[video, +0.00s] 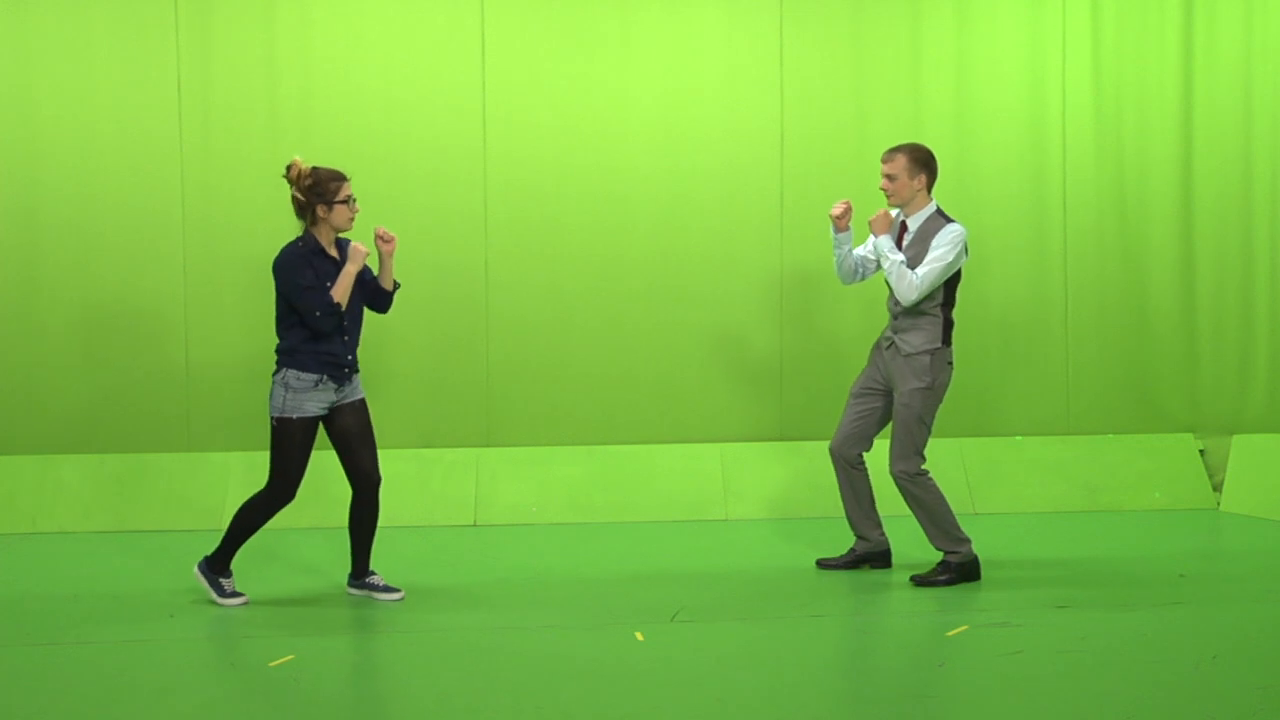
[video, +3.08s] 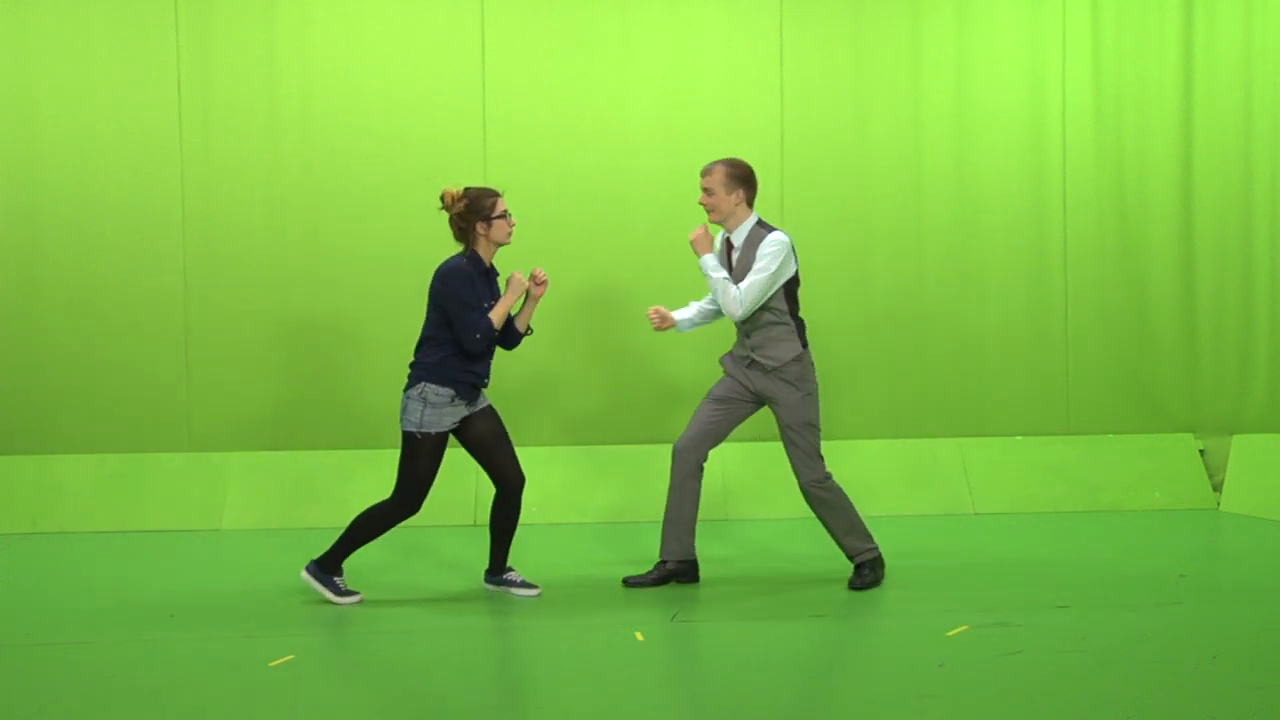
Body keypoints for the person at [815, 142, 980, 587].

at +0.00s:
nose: (884, 186)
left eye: (891, 178)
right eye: (883, 178)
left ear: (921, 181)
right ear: (899, 184)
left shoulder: (951, 235)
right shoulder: (894, 228)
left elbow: (910, 291)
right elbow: (848, 273)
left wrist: (883, 240)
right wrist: (842, 232)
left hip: (924, 361)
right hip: (887, 354)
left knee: (905, 465)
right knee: (845, 448)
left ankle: (961, 557)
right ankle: (871, 546)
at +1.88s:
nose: (855, 198)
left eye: (862, 190)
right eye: (854, 190)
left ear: (893, 193)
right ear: (882, 194)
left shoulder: (921, 248)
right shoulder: (868, 239)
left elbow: (881, 305)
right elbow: (833, 287)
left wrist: (851, 255)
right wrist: (818, 258)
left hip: (909, 370)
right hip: (871, 365)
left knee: (890, 475)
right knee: (808, 443)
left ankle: (957, 557)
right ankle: (805, 550)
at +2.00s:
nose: (834, 192)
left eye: (840, 184)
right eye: (833, 183)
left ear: (870, 187)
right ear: (860, 188)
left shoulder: (896, 242)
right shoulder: (844, 229)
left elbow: (848, 288)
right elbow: (803, 271)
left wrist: (822, 238)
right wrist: (791, 237)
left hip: (876, 368)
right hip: (836, 362)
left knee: (883, 473)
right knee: (776, 442)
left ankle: (954, 552)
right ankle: (739, 547)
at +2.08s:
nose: (811, 189)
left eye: (818, 181)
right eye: (811, 180)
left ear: (848, 184)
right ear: (838, 185)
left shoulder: (874, 237)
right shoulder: (821, 226)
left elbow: (828, 283)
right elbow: (778, 268)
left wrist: (802, 235)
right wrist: (770, 233)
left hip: (850, 364)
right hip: (809, 357)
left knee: (850, 473)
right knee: (758, 446)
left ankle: (922, 540)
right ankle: (731, 553)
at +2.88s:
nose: (749, 193)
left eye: (756, 186)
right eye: (749, 186)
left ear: (785, 189)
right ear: (772, 191)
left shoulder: (820, 239)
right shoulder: (765, 237)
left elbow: (780, 292)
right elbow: (736, 289)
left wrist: (750, 244)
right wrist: (717, 254)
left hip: (816, 368)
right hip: (775, 363)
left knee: (814, 475)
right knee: (722, 448)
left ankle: (868, 558)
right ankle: (712, 556)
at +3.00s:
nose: (727, 198)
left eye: (734, 191)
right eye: (726, 190)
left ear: (763, 194)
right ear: (755, 196)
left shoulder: (796, 244)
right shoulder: (748, 245)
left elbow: (755, 300)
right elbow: (743, 306)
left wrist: (726, 252)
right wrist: (704, 297)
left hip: (801, 373)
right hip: (760, 368)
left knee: (810, 480)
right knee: (701, 448)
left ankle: (867, 557)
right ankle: (685, 557)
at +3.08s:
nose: (703, 201)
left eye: (709, 193)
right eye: (702, 193)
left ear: (739, 196)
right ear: (728, 198)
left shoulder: (776, 244)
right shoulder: (723, 247)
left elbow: (737, 306)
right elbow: (717, 304)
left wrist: (707, 258)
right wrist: (676, 318)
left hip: (788, 372)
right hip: (743, 371)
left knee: (811, 476)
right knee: (688, 448)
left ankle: (867, 557)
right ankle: (679, 559)